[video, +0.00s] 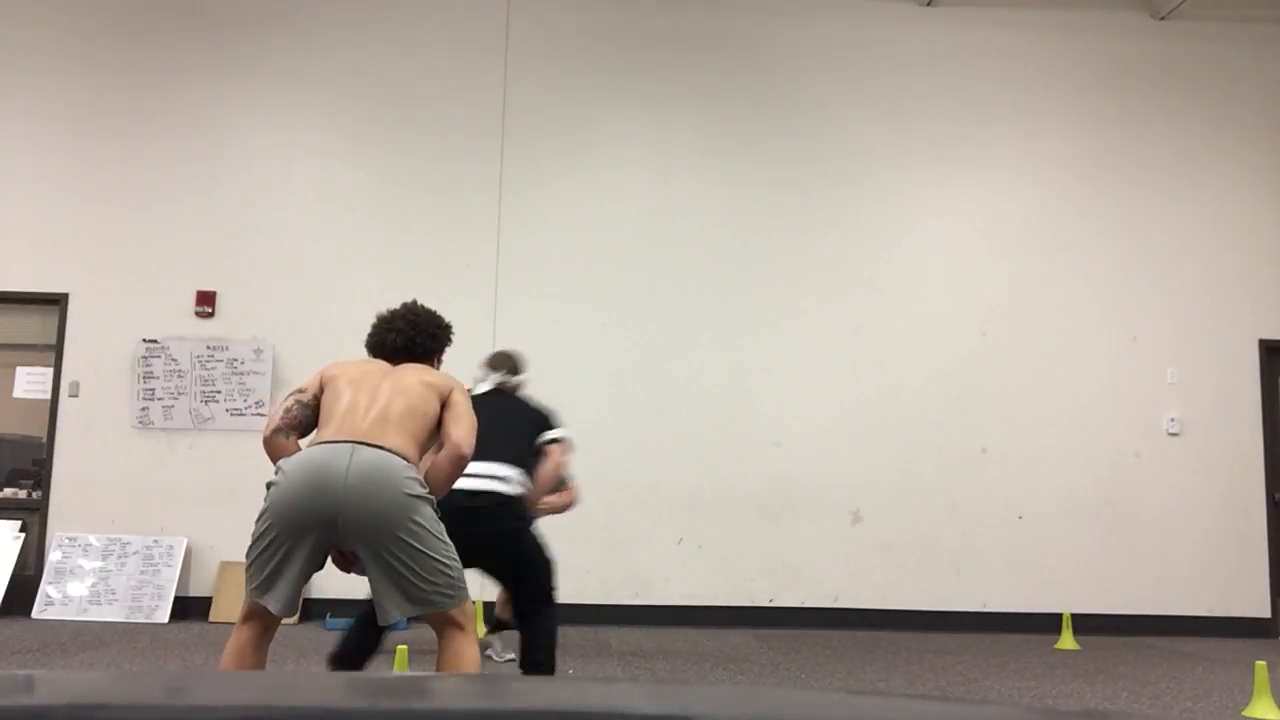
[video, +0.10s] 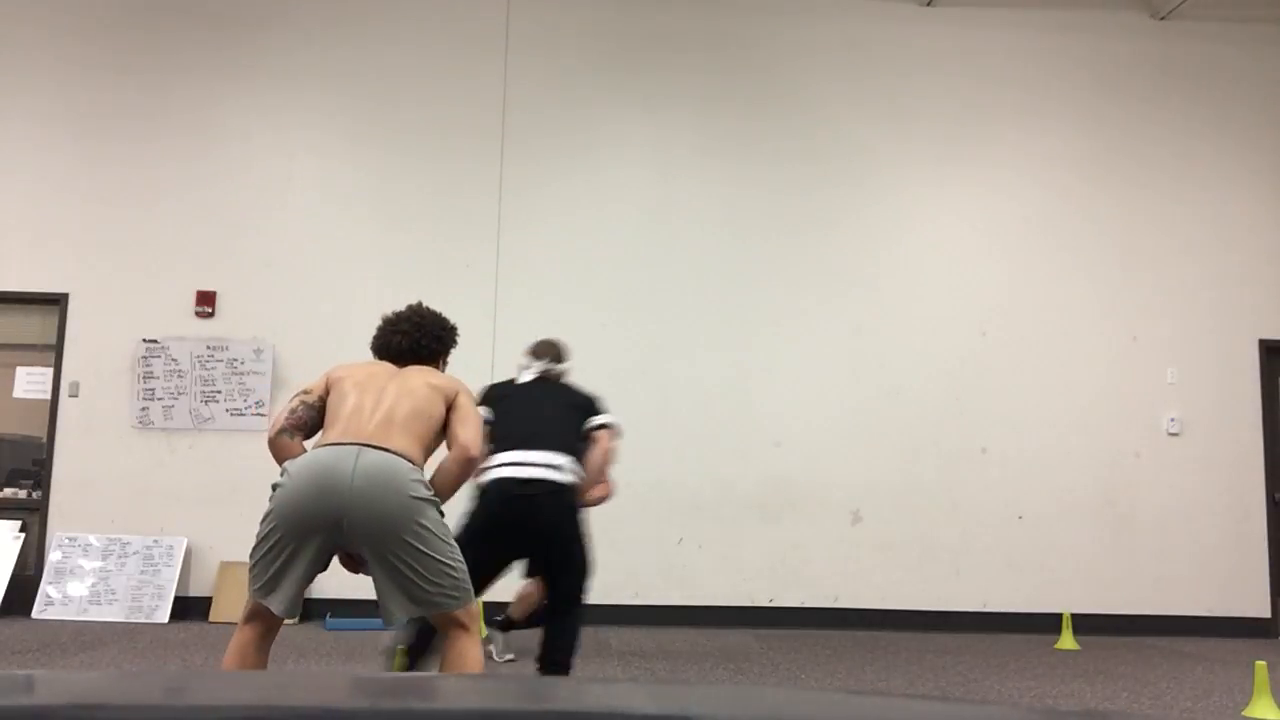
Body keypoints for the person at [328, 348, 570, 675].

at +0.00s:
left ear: (482, 375)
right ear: (518, 380)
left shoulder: (456, 404)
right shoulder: (537, 416)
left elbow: (425, 455)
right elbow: (555, 462)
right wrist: (527, 504)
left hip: (443, 515)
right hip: (502, 520)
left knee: (391, 585)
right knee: (536, 598)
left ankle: (339, 671)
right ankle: (538, 688)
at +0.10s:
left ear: (525, 363)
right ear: (563, 368)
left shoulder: (495, 393)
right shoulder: (584, 400)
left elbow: (471, 444)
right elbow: (603, 445)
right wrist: (582, 489)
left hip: (498, 503)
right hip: (554, 507)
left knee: (454, 582)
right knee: (566, 597)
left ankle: (409, 653)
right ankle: (552, 681)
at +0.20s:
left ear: (566, 362)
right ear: (604, 366)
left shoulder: (538, 390)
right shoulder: (622, 397)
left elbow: (517, 429)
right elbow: (647, 440)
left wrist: (518, 471)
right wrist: (632, 480)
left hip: (544, 499)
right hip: (601, 502)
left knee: (516, 584)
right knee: (618, 584)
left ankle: (504, 665)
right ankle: (602, 667)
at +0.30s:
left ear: (611, 371)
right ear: (649, 376)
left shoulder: (583, 402)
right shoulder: (665, 407)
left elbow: (560, 448)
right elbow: (690, 447)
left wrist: (566, 486)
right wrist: (674, 487)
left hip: (588, 516)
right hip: (646, 516)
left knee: (558, 596)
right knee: (684, 589)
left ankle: (535, 675)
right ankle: (697, 670)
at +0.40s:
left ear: (667, 374)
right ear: (705, 378)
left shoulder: (639, 405)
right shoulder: (725, 412)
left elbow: (619, 453)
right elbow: (744, 485)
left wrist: (623, 490)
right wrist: (726, 497)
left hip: (647, 524)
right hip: (704, 524)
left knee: (603, 599)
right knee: (747, 601)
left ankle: (555, 661)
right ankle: (779, 675)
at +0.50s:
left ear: (723, 371)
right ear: (761, 373)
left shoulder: (700, 402)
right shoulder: (782, 405)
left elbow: (682, 468)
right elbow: (816, 450)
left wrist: (693, 484)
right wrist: (798, 487)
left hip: (721, 519)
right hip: (776, 520)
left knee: (678, 598)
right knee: (798, 600)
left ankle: (633, 665)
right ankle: (803, 679)